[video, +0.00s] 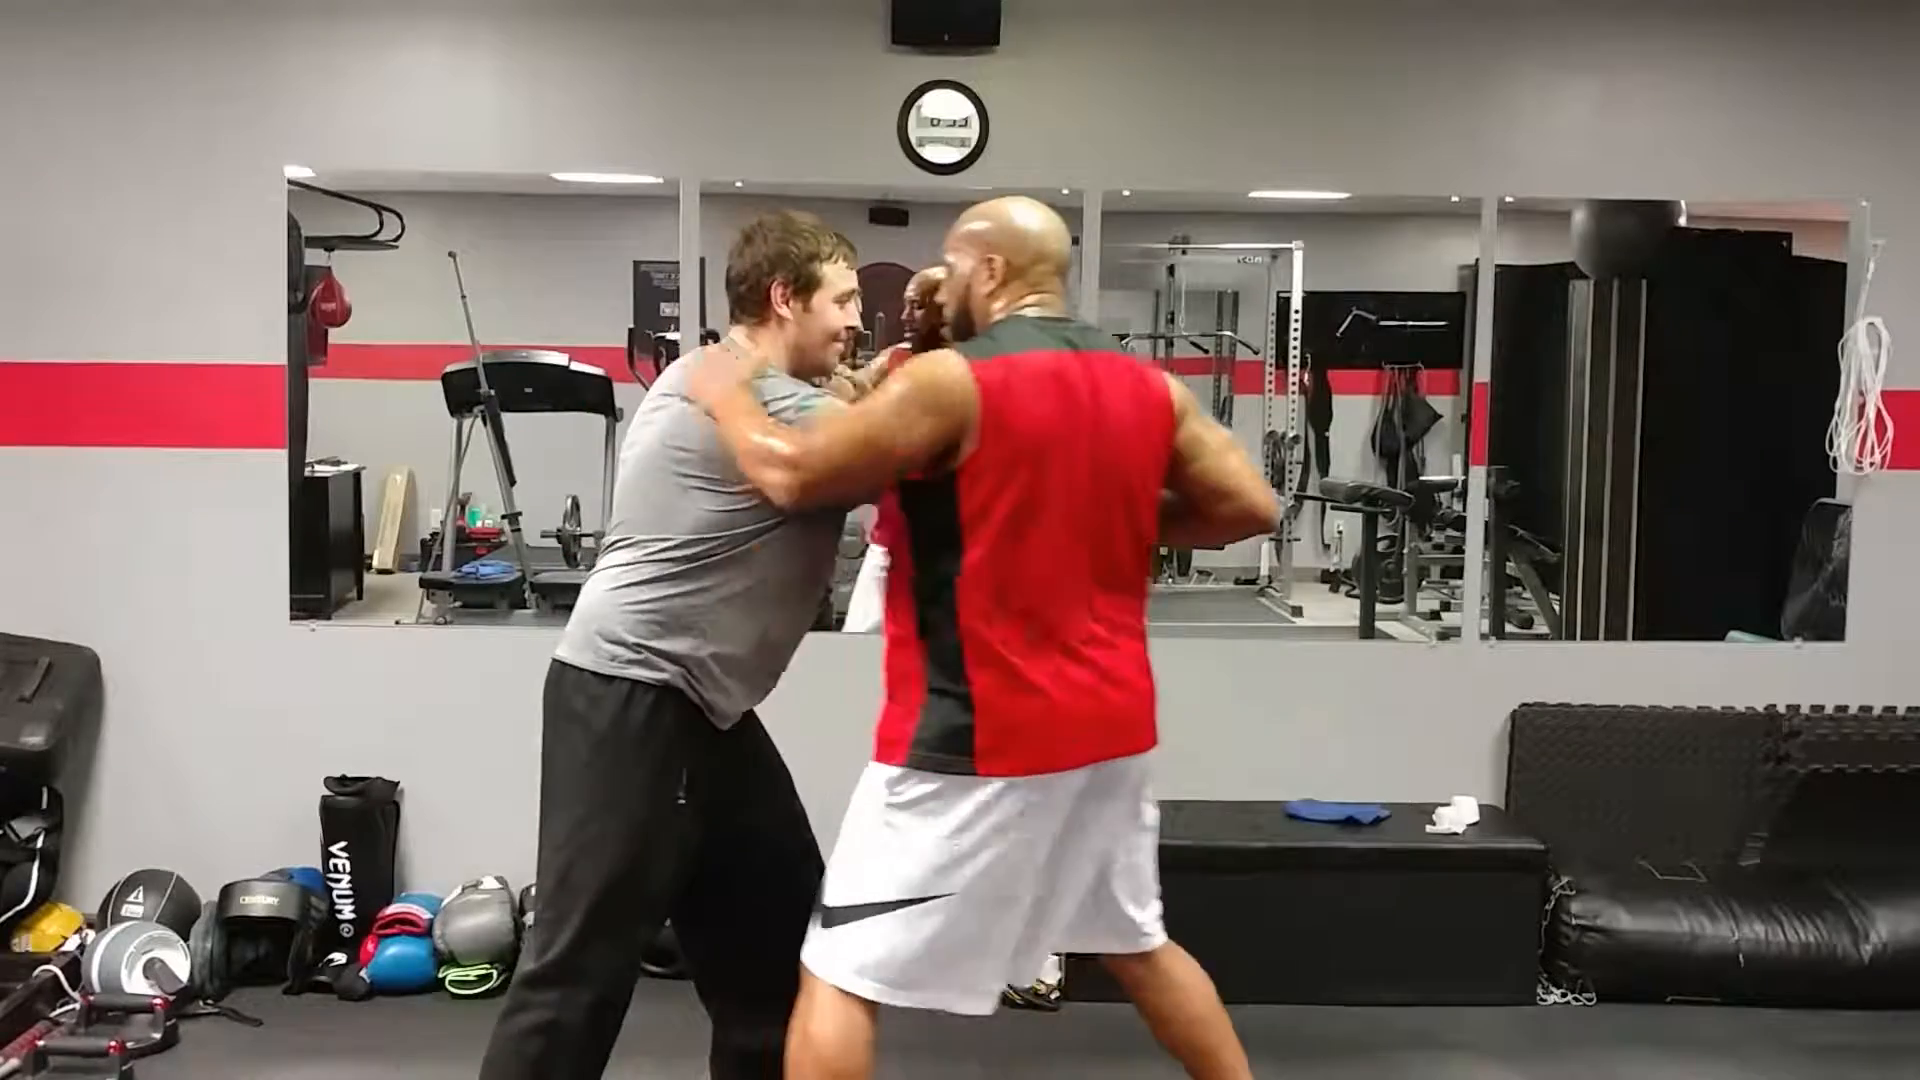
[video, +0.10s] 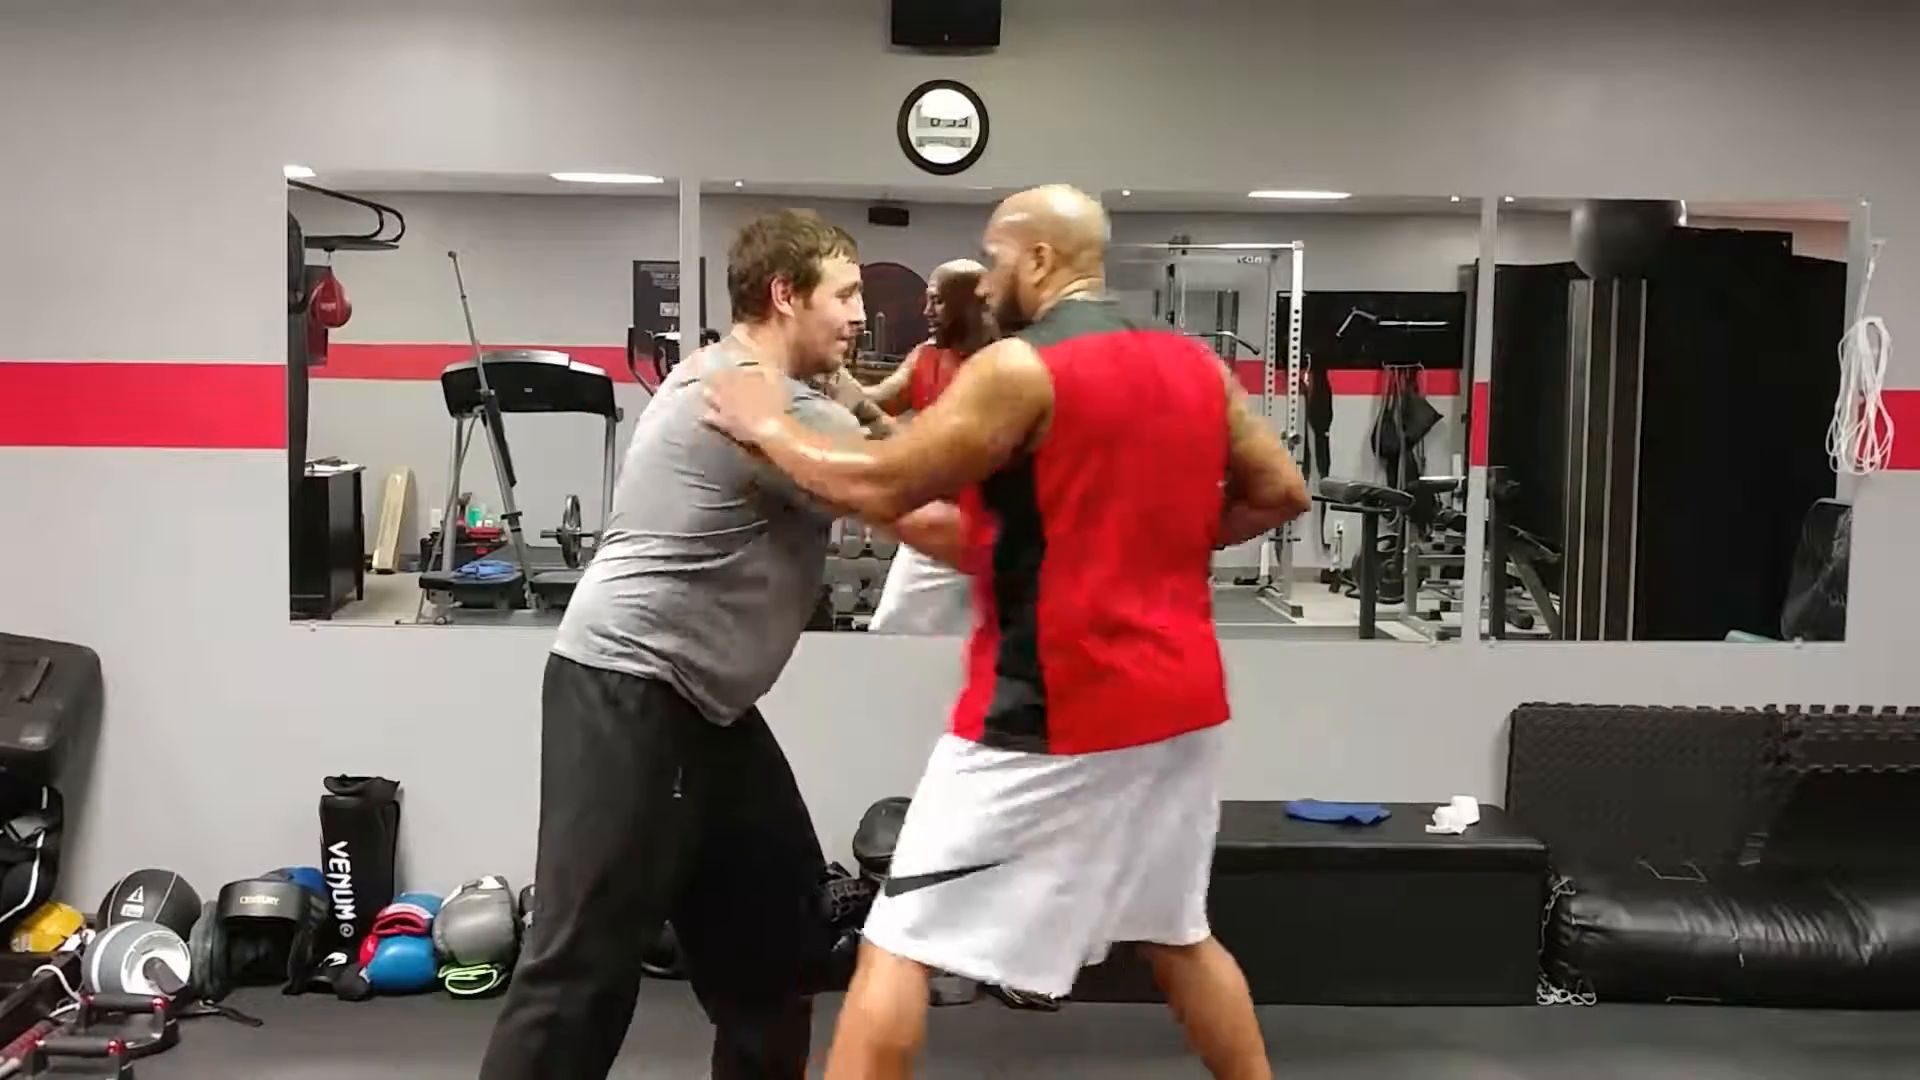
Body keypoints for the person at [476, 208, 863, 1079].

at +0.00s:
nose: (857, 320)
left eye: (857, 301)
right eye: (843, 299)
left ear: (778, 304)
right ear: (782, 300)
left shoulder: (706, 378)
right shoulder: (749, 391)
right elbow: (905, 452)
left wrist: (884, 395)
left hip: (704, 707)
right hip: (624, 696)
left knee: (778, 928)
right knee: (582, 961)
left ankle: (759, 1070)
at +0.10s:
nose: (859, 313)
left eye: (859, 294)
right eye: (845, 293)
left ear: (784, 298)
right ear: (784, 297)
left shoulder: (774, 382)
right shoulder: (751, 396)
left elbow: (882, 431)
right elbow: (911, 510)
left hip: (705, 703)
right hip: (623, 688)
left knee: (774, 936)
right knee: (582, 958)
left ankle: (763, 1073)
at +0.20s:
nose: (860, 307)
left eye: (858, 287)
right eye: (843, 287)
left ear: (782, 296)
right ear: (779, 293)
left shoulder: (793, 394)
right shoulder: (736, 385)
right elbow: (833, 568)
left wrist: (916, 590)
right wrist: (978, 588)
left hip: (705, 696)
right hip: (613, 672)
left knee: (763, 917)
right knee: (562, 945)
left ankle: (760, 1068)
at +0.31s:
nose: (839, 296)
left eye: (838, 277)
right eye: (821, 278)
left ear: (765, 285)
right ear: (753, 284)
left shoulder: (782, 386)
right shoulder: (693, 384)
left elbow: (808, 502)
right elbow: (729, 566)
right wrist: (867, 546)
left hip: (692, 686)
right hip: (593, 668)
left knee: (744, 912)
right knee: (534, 927)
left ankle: (756, 1074)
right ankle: (467, 1074)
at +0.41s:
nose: (765, 285)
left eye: (764, 267)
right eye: (746, 266)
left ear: (694, 276)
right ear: (678, 274)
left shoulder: (729, 379)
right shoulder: (597, 380)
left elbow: (796, 477)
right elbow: (666, 531)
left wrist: (819, 394)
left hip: (674, 708)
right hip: (556, 696)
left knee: (728, 965)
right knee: (465, 959)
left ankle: (754, 1074)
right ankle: (387, 1077)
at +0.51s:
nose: (712, 292)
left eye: (710, 274)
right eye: (693, 272)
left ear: (628, 280)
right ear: (620, 278)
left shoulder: (678, 388)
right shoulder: (528, 384)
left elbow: (776, 462)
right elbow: (621, 502)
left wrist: (754, 364)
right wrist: (666, 367)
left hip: (647, 727)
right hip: (512, 717)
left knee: (721, 969)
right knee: (417, 981)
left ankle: (758, 1079)